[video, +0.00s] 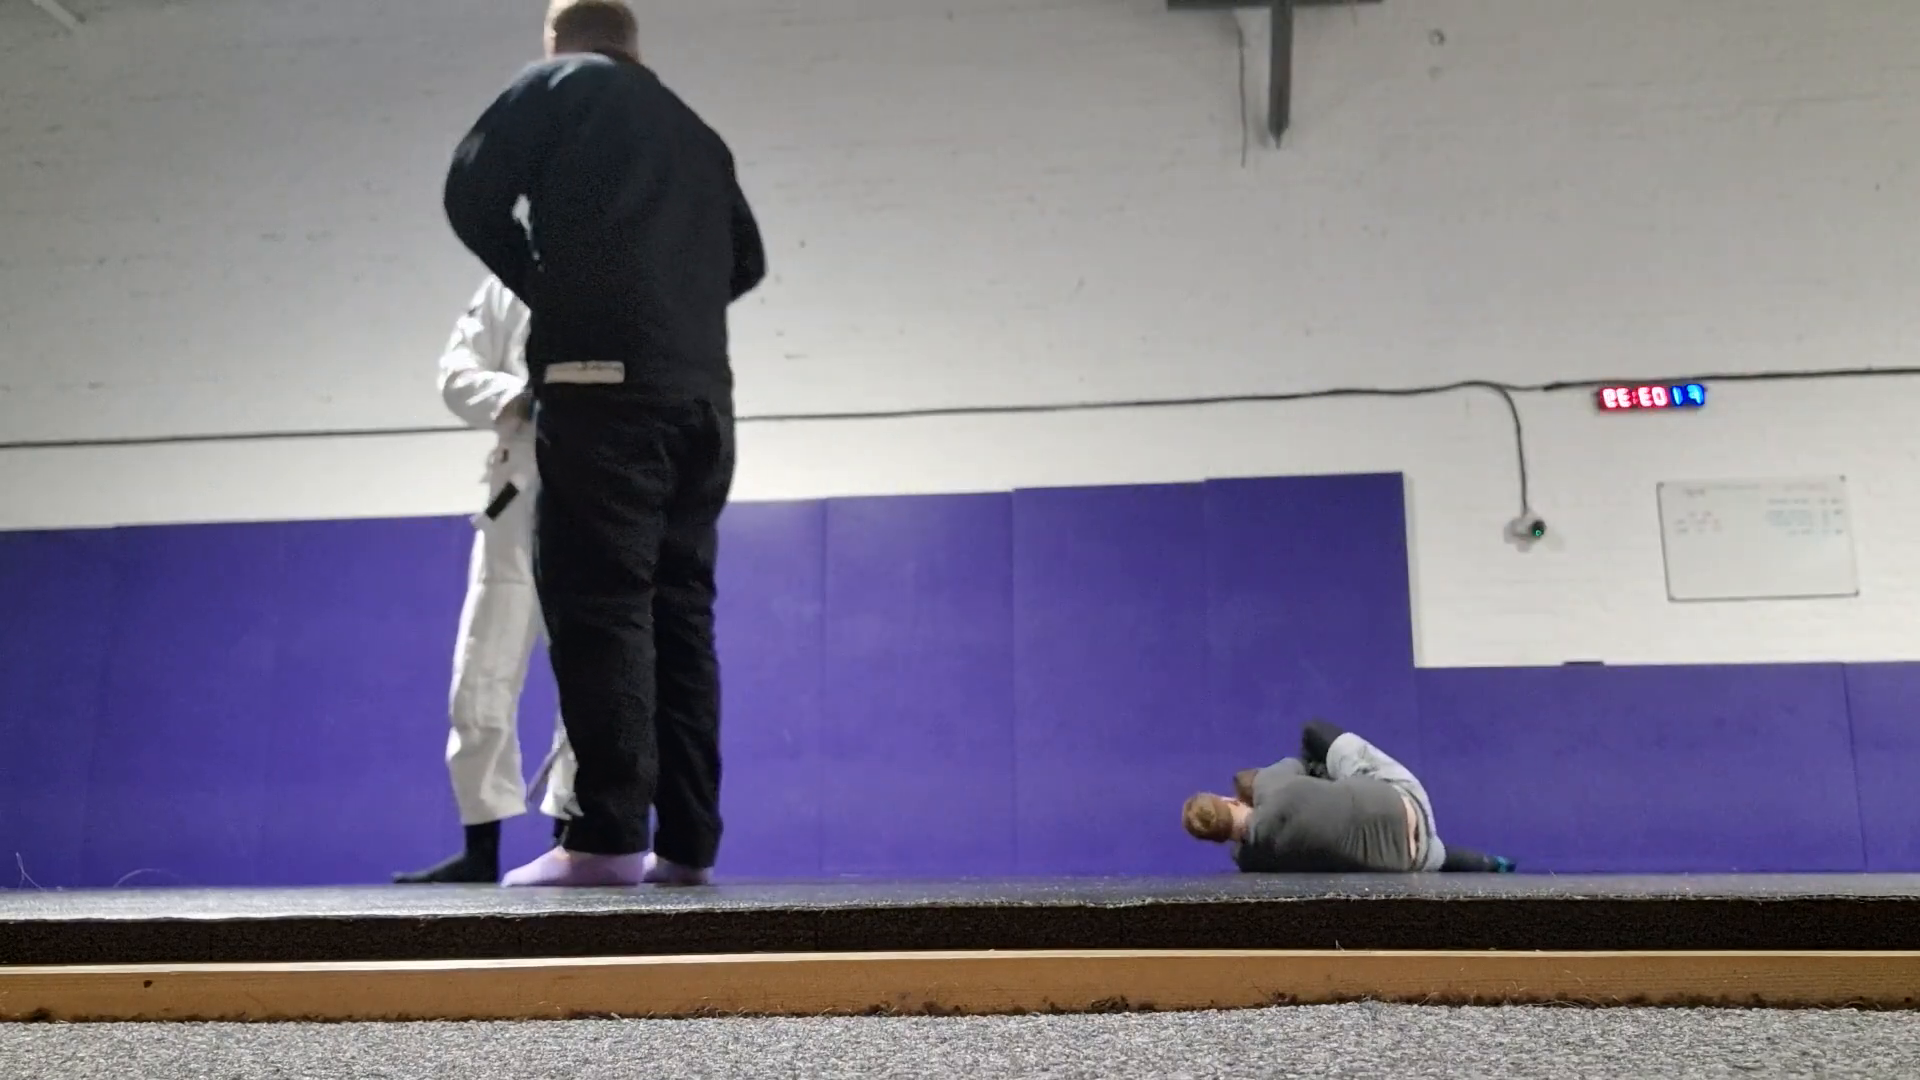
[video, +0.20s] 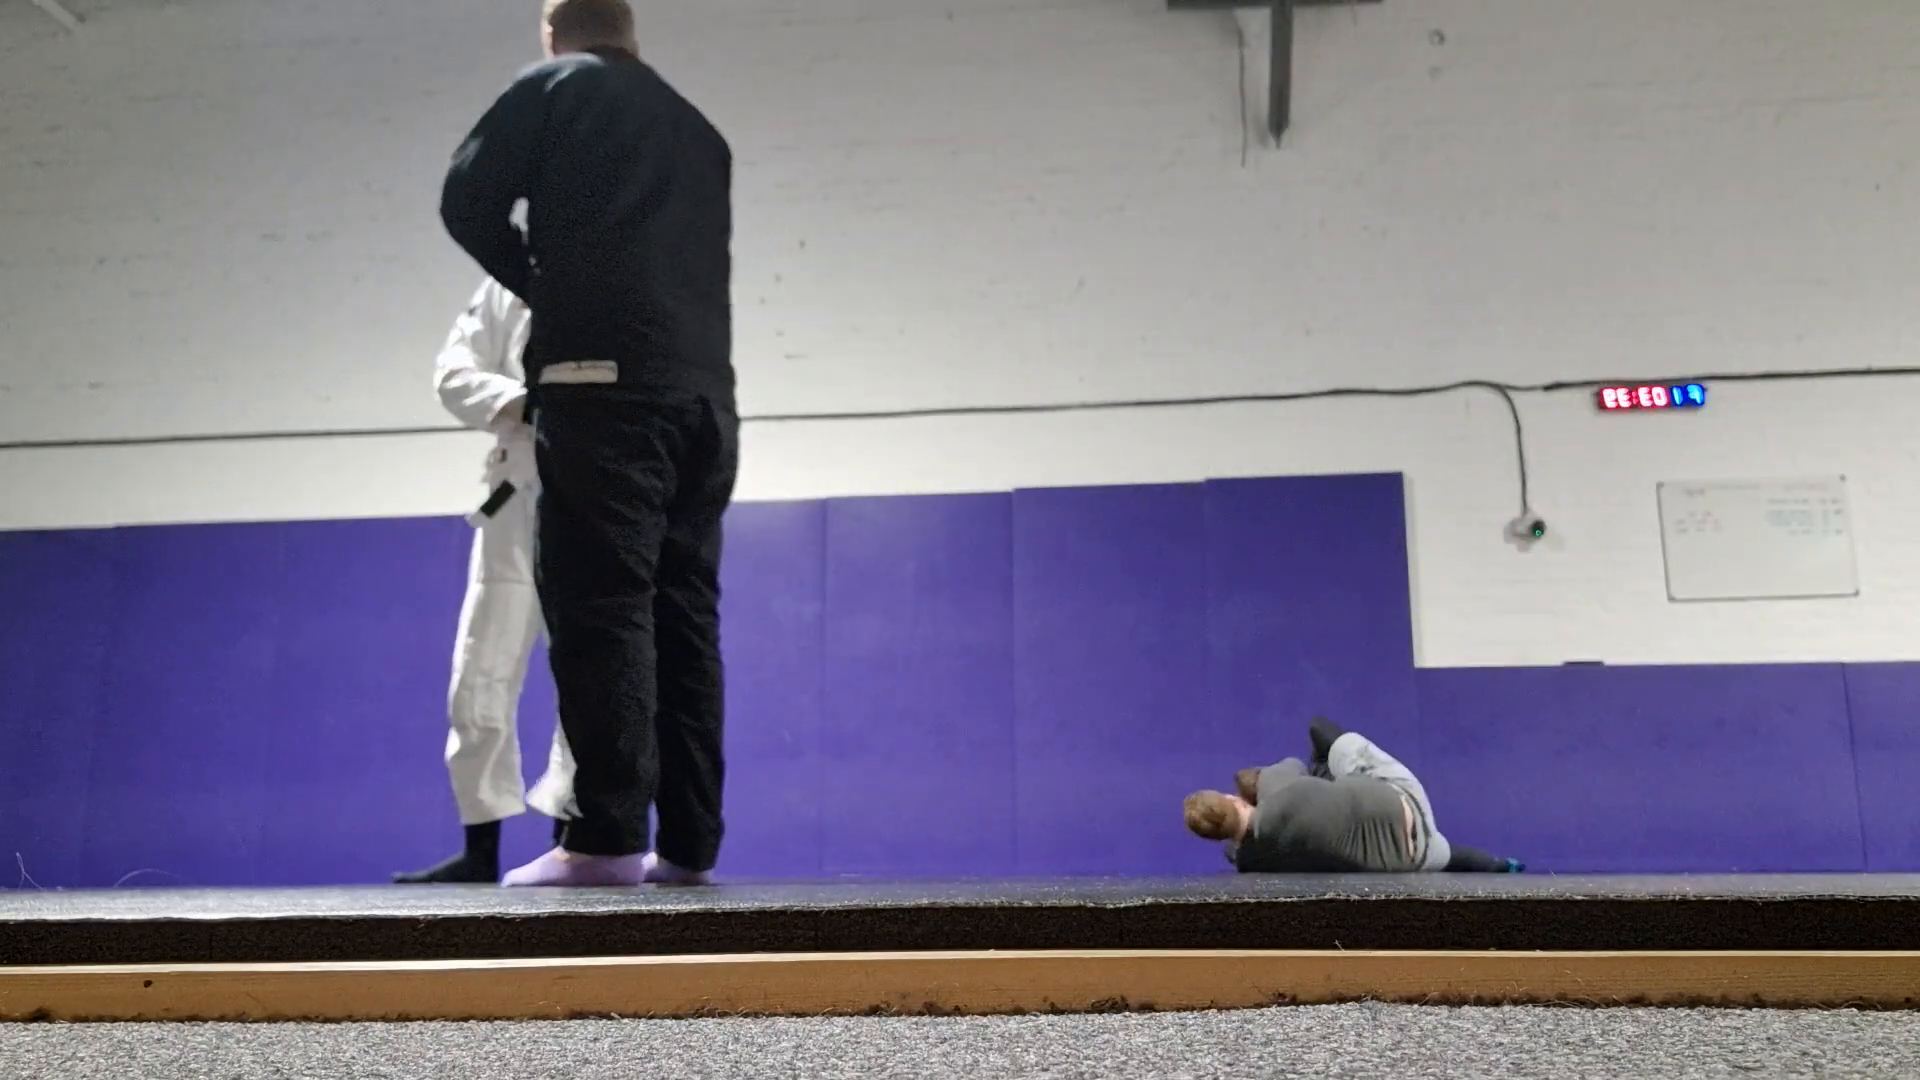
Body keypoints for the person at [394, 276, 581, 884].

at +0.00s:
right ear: (534, 209)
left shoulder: (635, 287)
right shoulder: (512, 279)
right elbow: (457, 371)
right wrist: (519, 401)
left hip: (604, 496)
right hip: (521, 490)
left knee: (595, 674)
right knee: (483, 670)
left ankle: (578, 841)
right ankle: (481, 849)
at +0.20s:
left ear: (607, 227)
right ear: (535, 221)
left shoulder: (630, 293)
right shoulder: (510, 283)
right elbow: (454, 372)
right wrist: (520, 404)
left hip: (604, 497)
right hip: (519, 490)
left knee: (594, 672)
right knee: (482, 668)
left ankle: (576, 841)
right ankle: (481, 848)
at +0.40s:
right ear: (539, 230)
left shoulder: (633, 299)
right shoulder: (515, 285)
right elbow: (453, 369)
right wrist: (517, 407)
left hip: (606, 497)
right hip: (522, 490)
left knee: (593, 674)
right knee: (480, 672)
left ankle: (577, 844)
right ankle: (480, 849)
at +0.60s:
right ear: (524, 244)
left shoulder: (611, 313)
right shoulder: (506, 297)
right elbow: (451, 374)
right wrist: (515, 406)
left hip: (589, 502)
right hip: (511, 491)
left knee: (583, 674)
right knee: (466, 663)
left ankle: (571, 839)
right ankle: (465, 839)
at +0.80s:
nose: (522, 241)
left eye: (537, 232)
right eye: (515, 230)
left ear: (574, 234)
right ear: (504, 231)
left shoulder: (599, 297)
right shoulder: (482, 289)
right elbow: (433, 376)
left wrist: (566, 411)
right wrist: (481, 401)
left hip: (578, 494)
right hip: (496, 484)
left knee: (579, 662)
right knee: (438, 651)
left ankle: (571, 836)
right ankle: (404, 835)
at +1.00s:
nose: (486, 222)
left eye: (503, 210)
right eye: (479, 206)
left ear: (535, 218)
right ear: (471, 210)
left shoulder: (564, 286)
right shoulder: (443, 284)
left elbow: (595, 387)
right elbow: (392, 374)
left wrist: (526, 407)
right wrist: (438, 397)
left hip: (539, 505)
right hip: (454, 499)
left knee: (556, 675)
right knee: (406, 674)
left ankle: (565, 845)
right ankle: (383, 854)